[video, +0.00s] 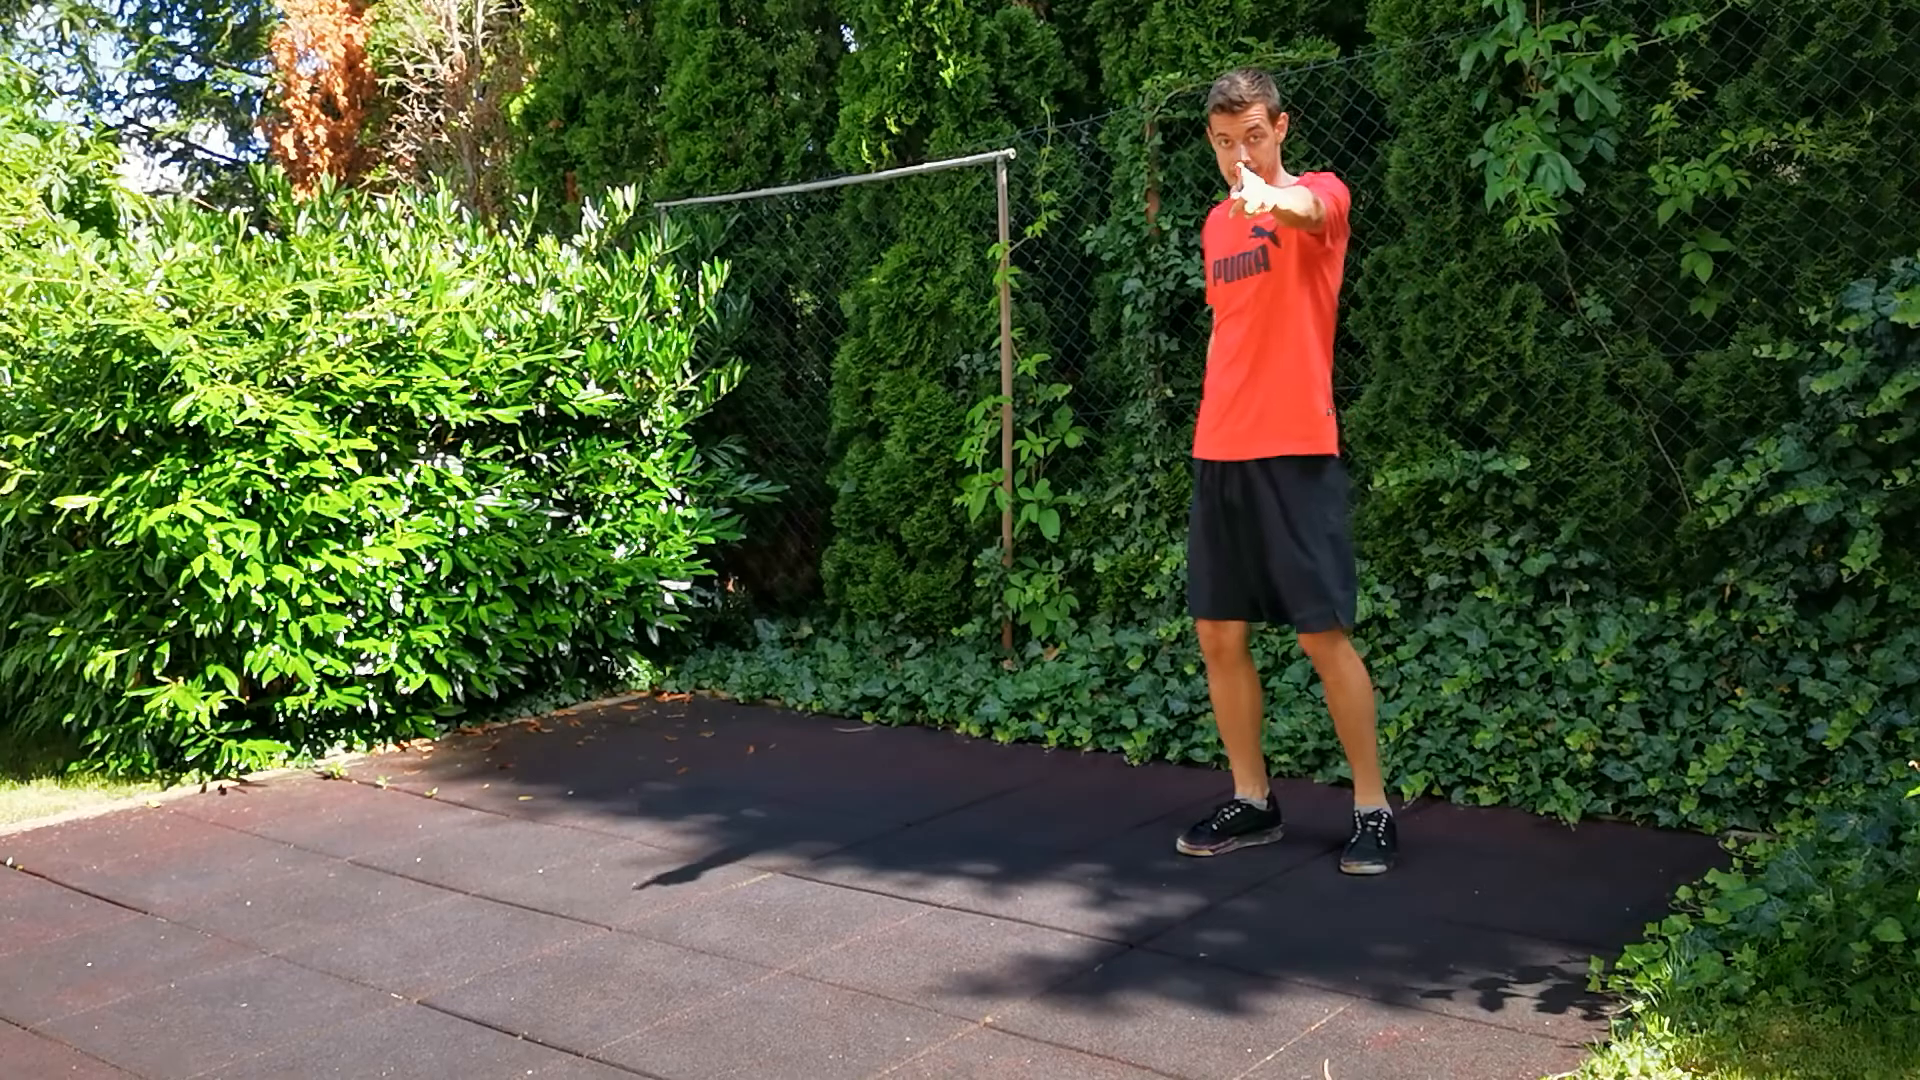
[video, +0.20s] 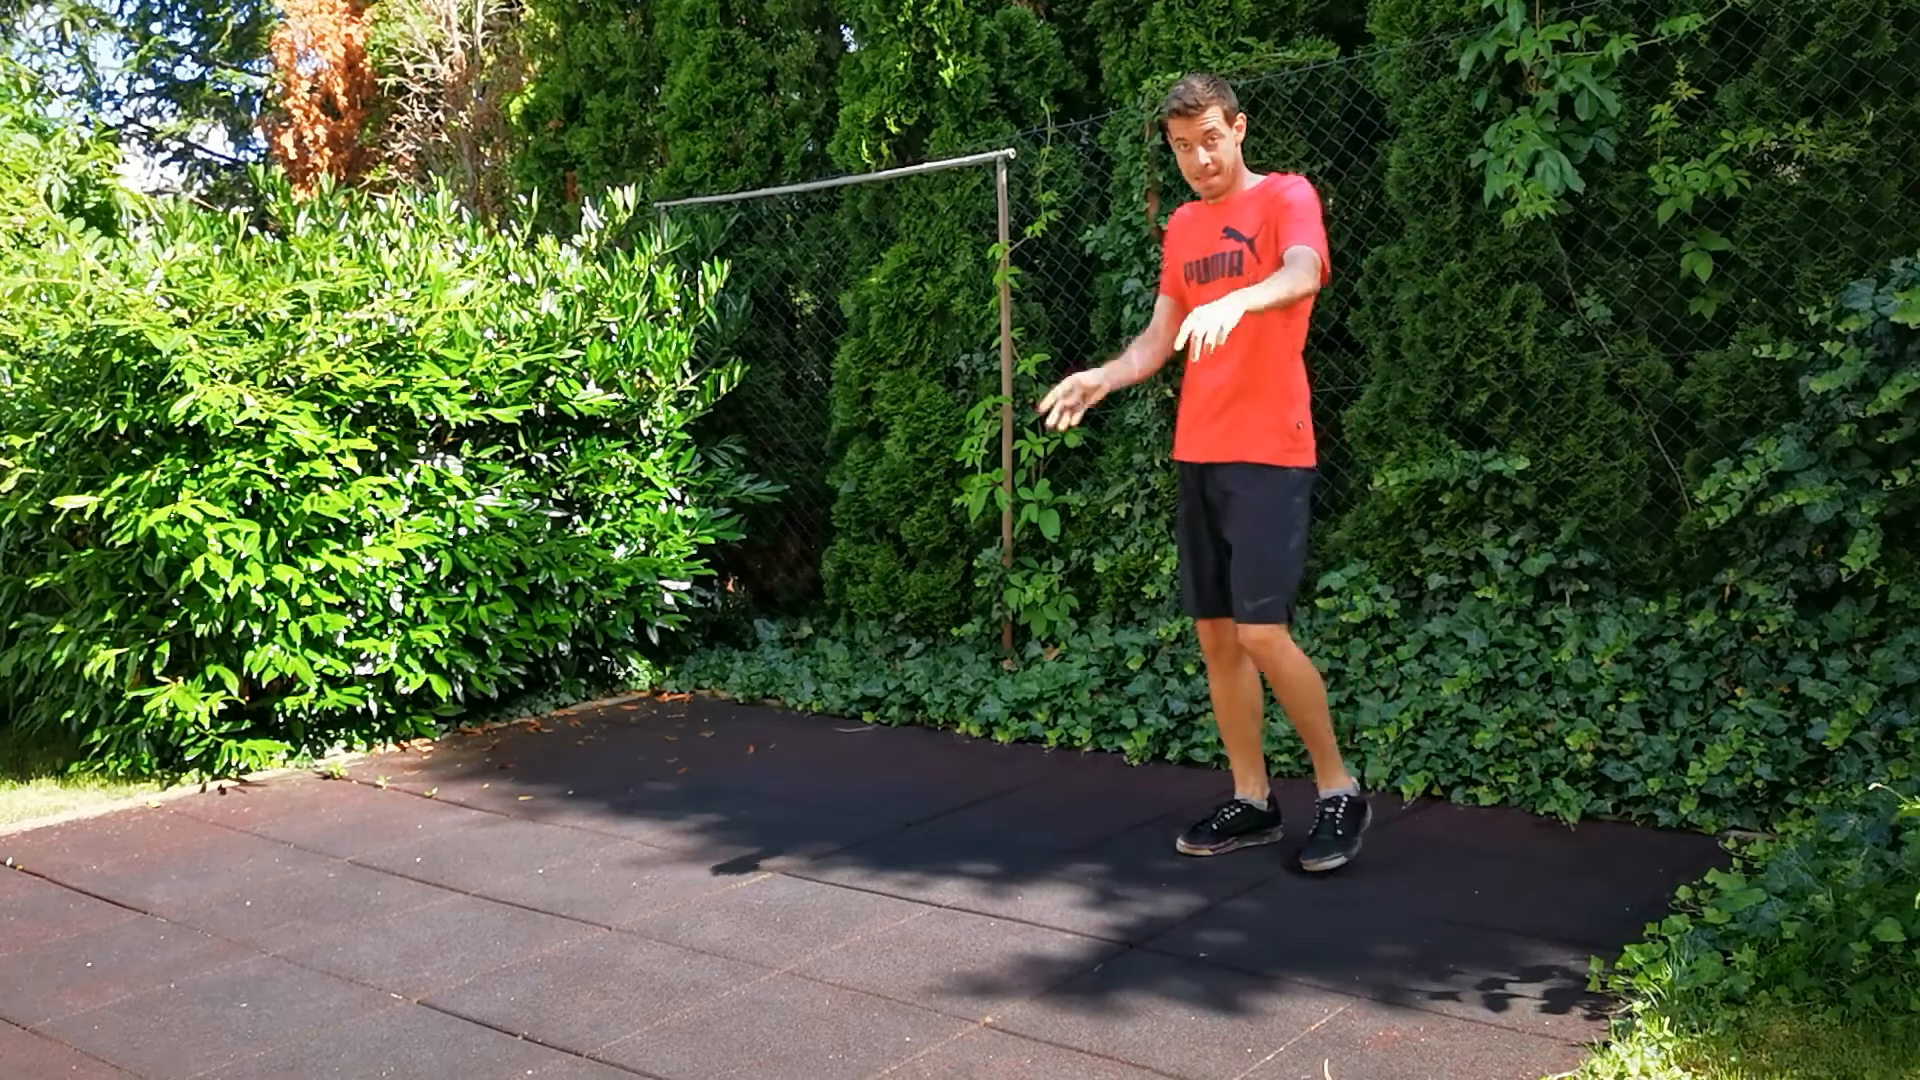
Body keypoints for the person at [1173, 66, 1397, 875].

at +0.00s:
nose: (1245, 154)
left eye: (1255, 136)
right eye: (1230, 143)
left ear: (1283, 129)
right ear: (1212, 145)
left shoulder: (1324, 191)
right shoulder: (1216, 221)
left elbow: (1306, 211)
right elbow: (1232, 321)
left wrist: (1270, 194)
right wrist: (1232, 415)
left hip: (1298, 453)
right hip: (1219, 456)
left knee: (1323, 635)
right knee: (1219, 634)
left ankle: (1372, 808)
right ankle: (1251, 801)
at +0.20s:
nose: (1200, 159)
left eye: (1210, 141)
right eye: (1185, 148)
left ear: (1239, 129)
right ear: (1173, 151)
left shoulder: (1285, 195)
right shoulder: (1182, 227)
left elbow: (1303, 273)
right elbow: (1158, 340)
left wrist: (1239, 301)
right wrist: (1100, 378)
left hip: (1270, 452)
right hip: (1200, 454)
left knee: (1263, 630)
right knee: (1217, 634)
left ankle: (1338, 793)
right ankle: (1252, 801)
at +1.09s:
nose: (1059, 127)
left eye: (1066, 110)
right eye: (1040, 120)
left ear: (1090, 109)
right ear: (1020, 136)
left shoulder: (1161, 190)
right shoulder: (1020, 228)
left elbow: (1226, 302)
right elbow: (975, 335)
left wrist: (1201, 397)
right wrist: (980, 296)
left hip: (1140, 466)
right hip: (1050, 470)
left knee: (1128, 669)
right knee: (1016, 659)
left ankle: (1118, 868)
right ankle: (1117, 783)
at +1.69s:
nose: (894, 135)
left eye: (895, 120)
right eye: (872, 137)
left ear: (919, 129)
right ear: (856, 174)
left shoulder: (1014, 177)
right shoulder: (881, 269)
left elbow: (1141, 160)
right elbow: (897, 396)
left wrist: (1052, 89)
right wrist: (926, 417)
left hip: (1054, 459)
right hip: (957, 479)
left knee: (1070, 680)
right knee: (942, 691)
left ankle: (1104, 879)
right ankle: (965, 877)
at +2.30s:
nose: (856, 176)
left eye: (860, 153)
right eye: (837, 171)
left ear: (894, 135)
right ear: (830, 186)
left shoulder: (991, 172)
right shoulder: (863, 281)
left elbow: (1096, 99)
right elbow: (881, 408)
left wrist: (1070, 7)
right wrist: (920, 356)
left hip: (1050, 451)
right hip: (957, 481)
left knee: (1071, 680)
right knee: (935, 696)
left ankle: (1130, 867)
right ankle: (966, 878)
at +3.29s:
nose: (1083, 160)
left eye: (1093, 142)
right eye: (1070, 148)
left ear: (1132, 129)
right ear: (1059, 149)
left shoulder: (1185, 192)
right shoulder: (1067, 217)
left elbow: (1147, 213)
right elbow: (990, 244)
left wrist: (1031, 192)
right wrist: (929, 212)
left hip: (1183, 464)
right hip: (1098, 473)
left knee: (1169, 652)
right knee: (1085, 654)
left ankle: (1205, 832)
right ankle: (1131, 828)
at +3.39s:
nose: (1094, 159)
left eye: (1104, 142)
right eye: (1083, 148)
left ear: (1144, 134)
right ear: (1078, 152)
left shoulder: (1197, 196)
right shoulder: (1082, 227)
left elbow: (1151, 239)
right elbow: (1009, 269)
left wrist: (1050, 228)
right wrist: (946, 240)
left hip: (1197, 469)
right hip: (1112, 476)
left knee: (1201, 656)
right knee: (1097, 651)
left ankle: (1261, 805)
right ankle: (1133, 828)